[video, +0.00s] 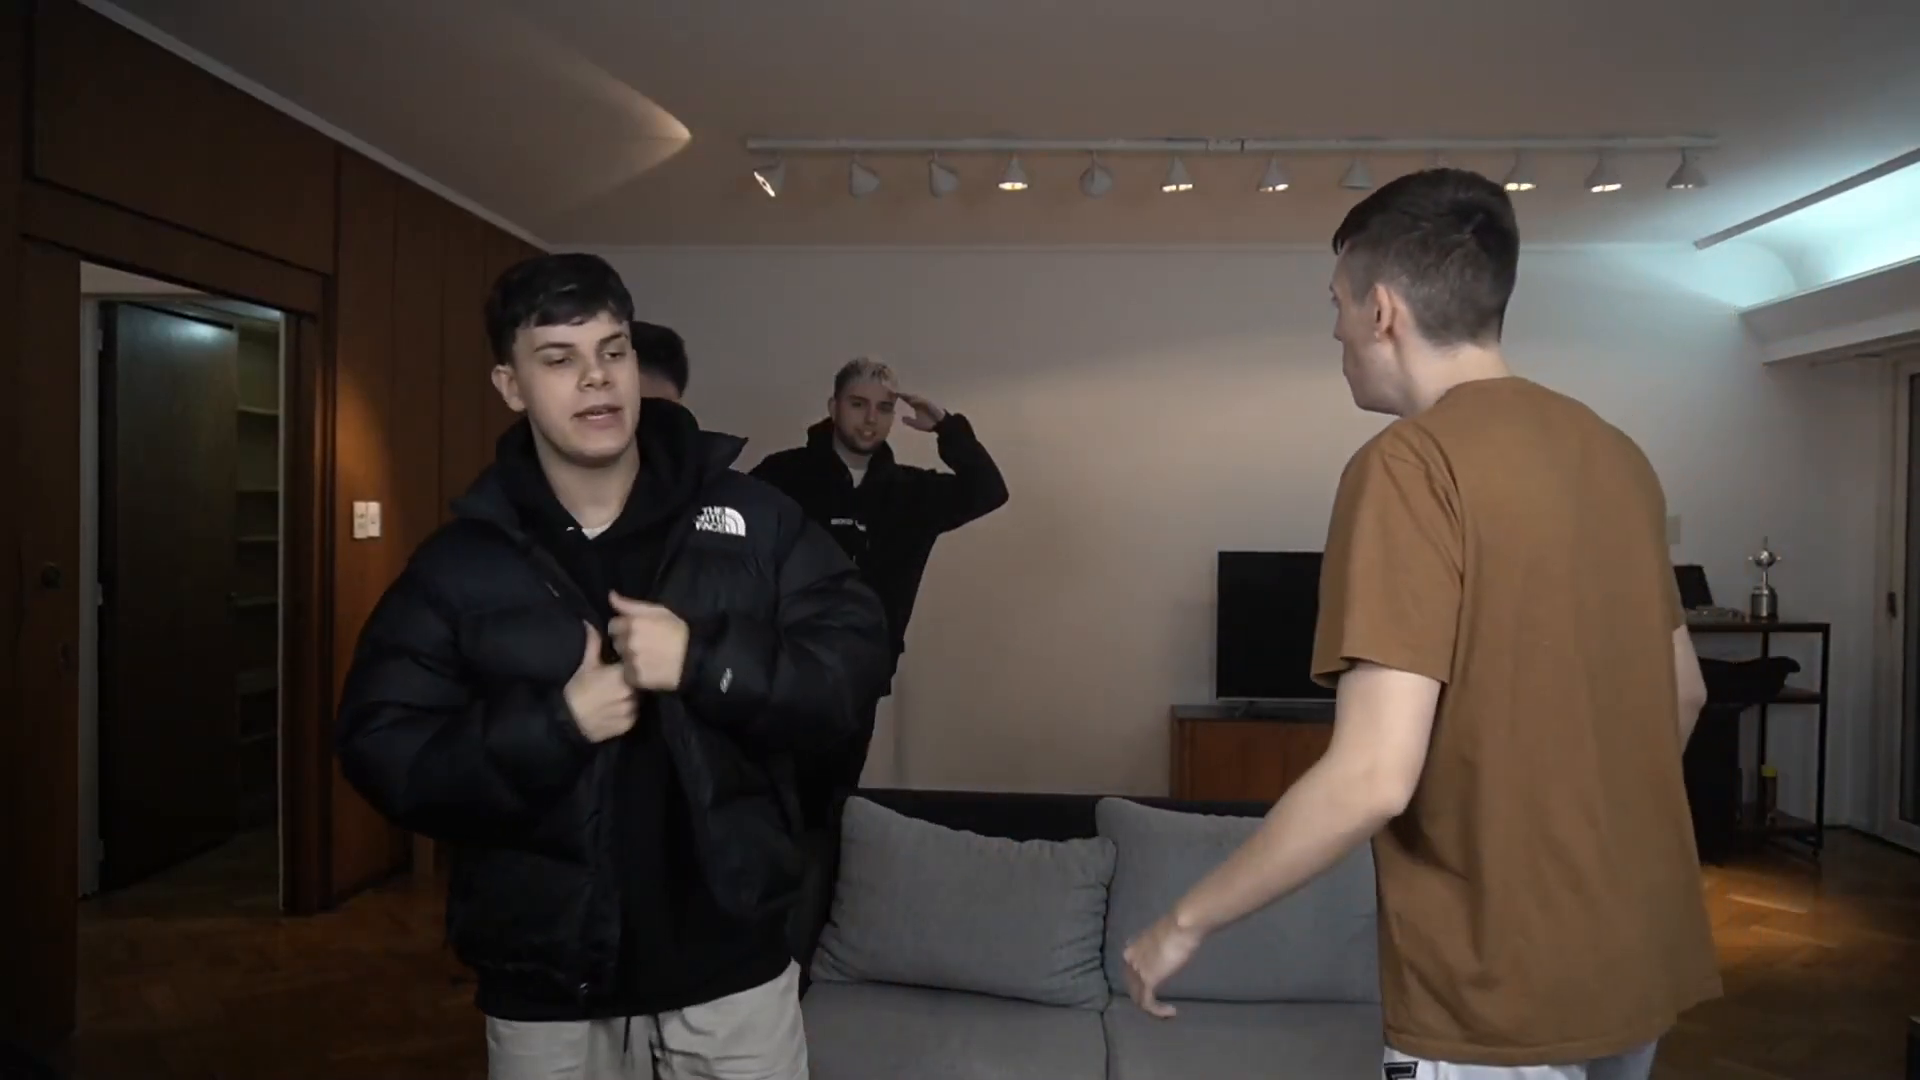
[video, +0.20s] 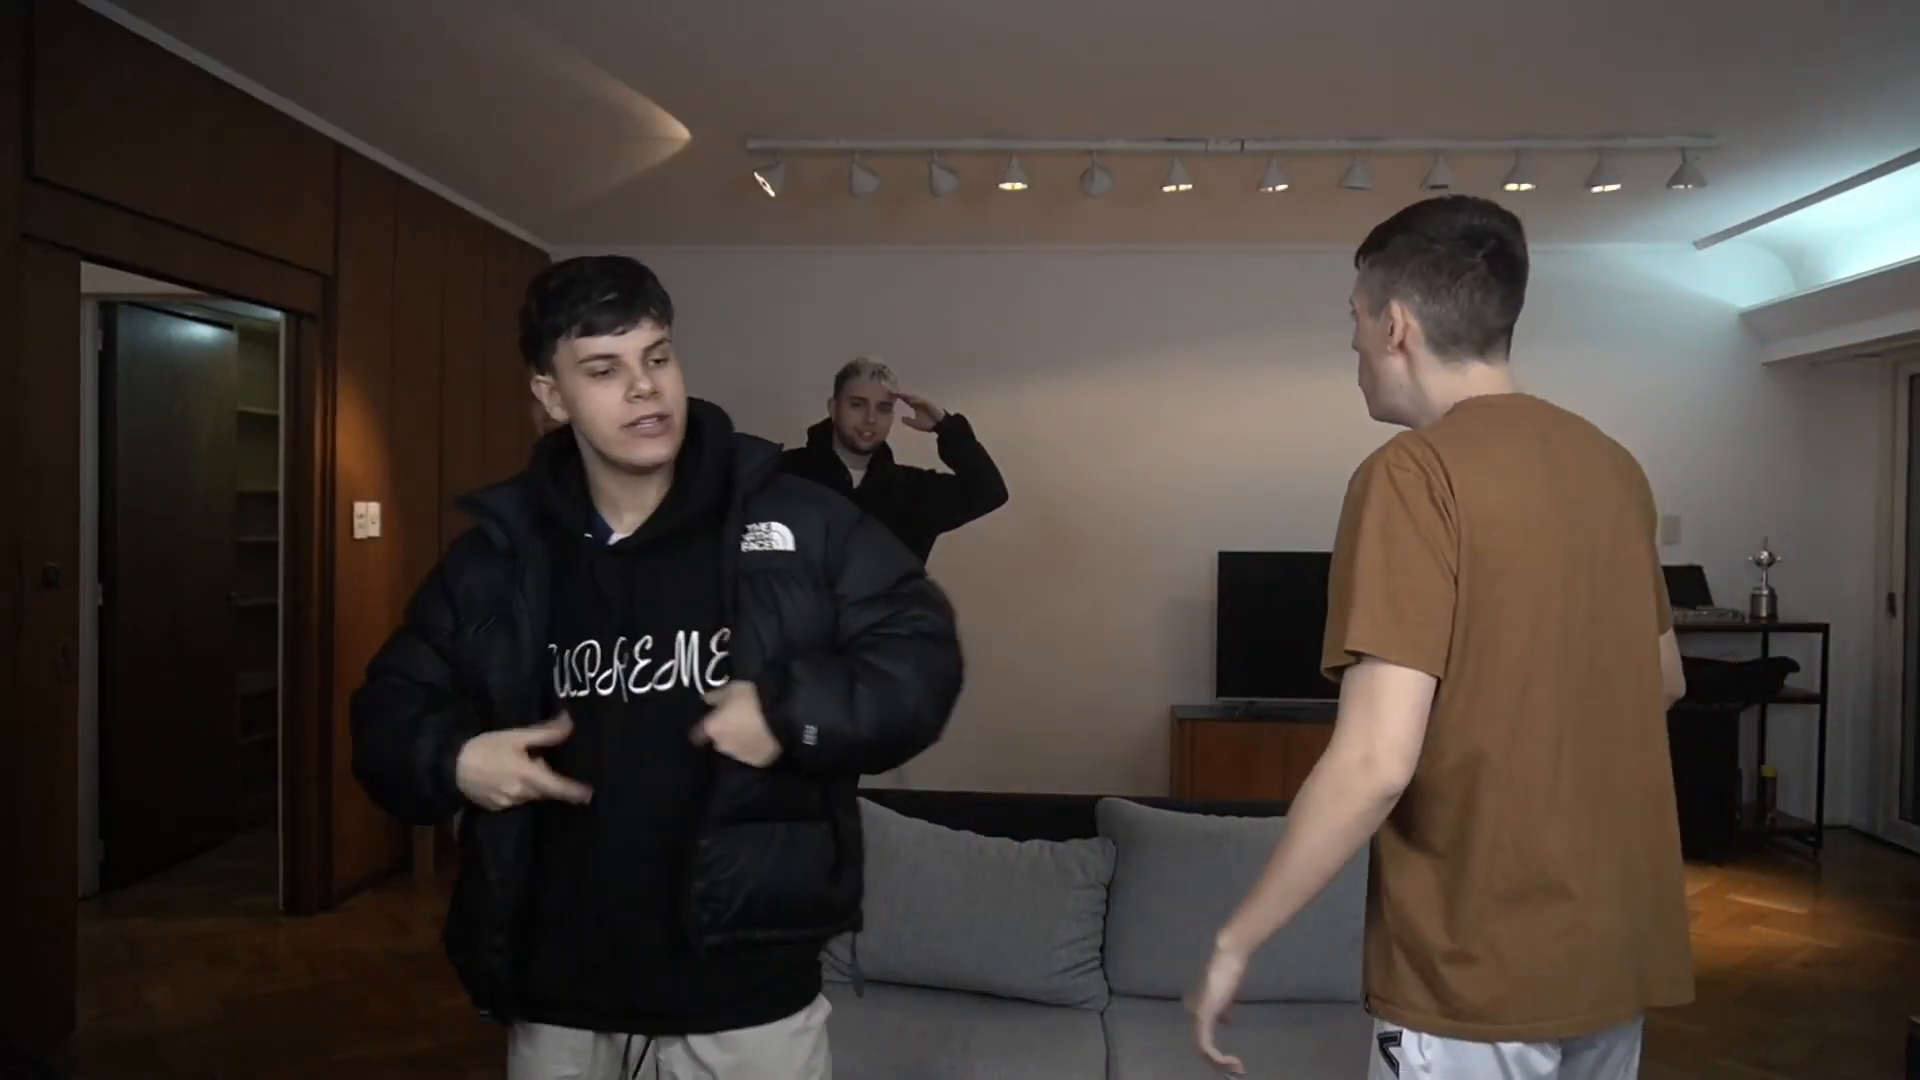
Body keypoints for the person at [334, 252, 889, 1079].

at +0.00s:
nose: (597, 381)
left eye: (614, 354)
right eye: (561, 359)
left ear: (640, 367)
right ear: (509, 384)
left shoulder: (746, 518)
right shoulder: (465, 561)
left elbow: (854, 669)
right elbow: (379, 742)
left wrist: (704, 660)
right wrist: (557, 725)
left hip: (730, 960)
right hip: (549, 976)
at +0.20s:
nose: (644, 391)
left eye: (657, 360)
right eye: (606, 371)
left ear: (681, 362)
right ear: (551, 395)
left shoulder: (793, 517)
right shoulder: (505, 546)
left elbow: (922, 654)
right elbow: (387, 711)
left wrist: (795, 712)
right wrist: (453, 760)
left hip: (747, 991)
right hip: (559, 990)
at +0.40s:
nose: (729, 392)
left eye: (742, 359)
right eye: (687, 372)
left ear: (766, 361)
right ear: (635, 395)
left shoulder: (879, 517)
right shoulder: (586, 532)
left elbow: (1022, 638)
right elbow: (492, 672)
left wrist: (887, 732)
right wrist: (539, 736)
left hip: (816, 984)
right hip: (629, 981)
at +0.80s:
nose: (829, 385)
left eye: (851, 352)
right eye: (793, 360)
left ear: (884, 358)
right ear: (750, 377)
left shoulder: (990, 536)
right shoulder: (691, 528)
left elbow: (1120, 689)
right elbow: (592, 666)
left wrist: (972, 775)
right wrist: (607, 725)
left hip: (889, 1012)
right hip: (705, 999)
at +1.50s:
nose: (802, 383)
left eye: (828, 354)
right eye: (770, 354)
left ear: (858, 366)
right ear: (721, 366)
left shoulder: (927, 545)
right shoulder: (610, 532)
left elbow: (1016, 724)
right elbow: (478, 697)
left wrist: (975, 757)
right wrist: (610, 749)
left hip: (850, 1009)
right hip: (650, 1009)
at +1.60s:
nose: (754, 387)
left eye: (779, 358)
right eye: (720, 359)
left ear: (806, 369)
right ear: (669, 373)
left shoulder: (869, 539)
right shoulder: (561, 544)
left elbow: (958, 713)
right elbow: (431, 721)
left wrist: (943, 747)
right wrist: (603, 764)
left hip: (819, 1012)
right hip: (620, 1017)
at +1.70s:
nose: (693, 394)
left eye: (718, 365)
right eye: (658, 366)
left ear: (744, 375)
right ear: (607, 380)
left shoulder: (802, 546)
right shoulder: (499, 557)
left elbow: (872, 697)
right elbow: (375, 739)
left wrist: (893, 742)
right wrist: (576, 778)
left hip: (766, 1013)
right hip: (568, 1024)